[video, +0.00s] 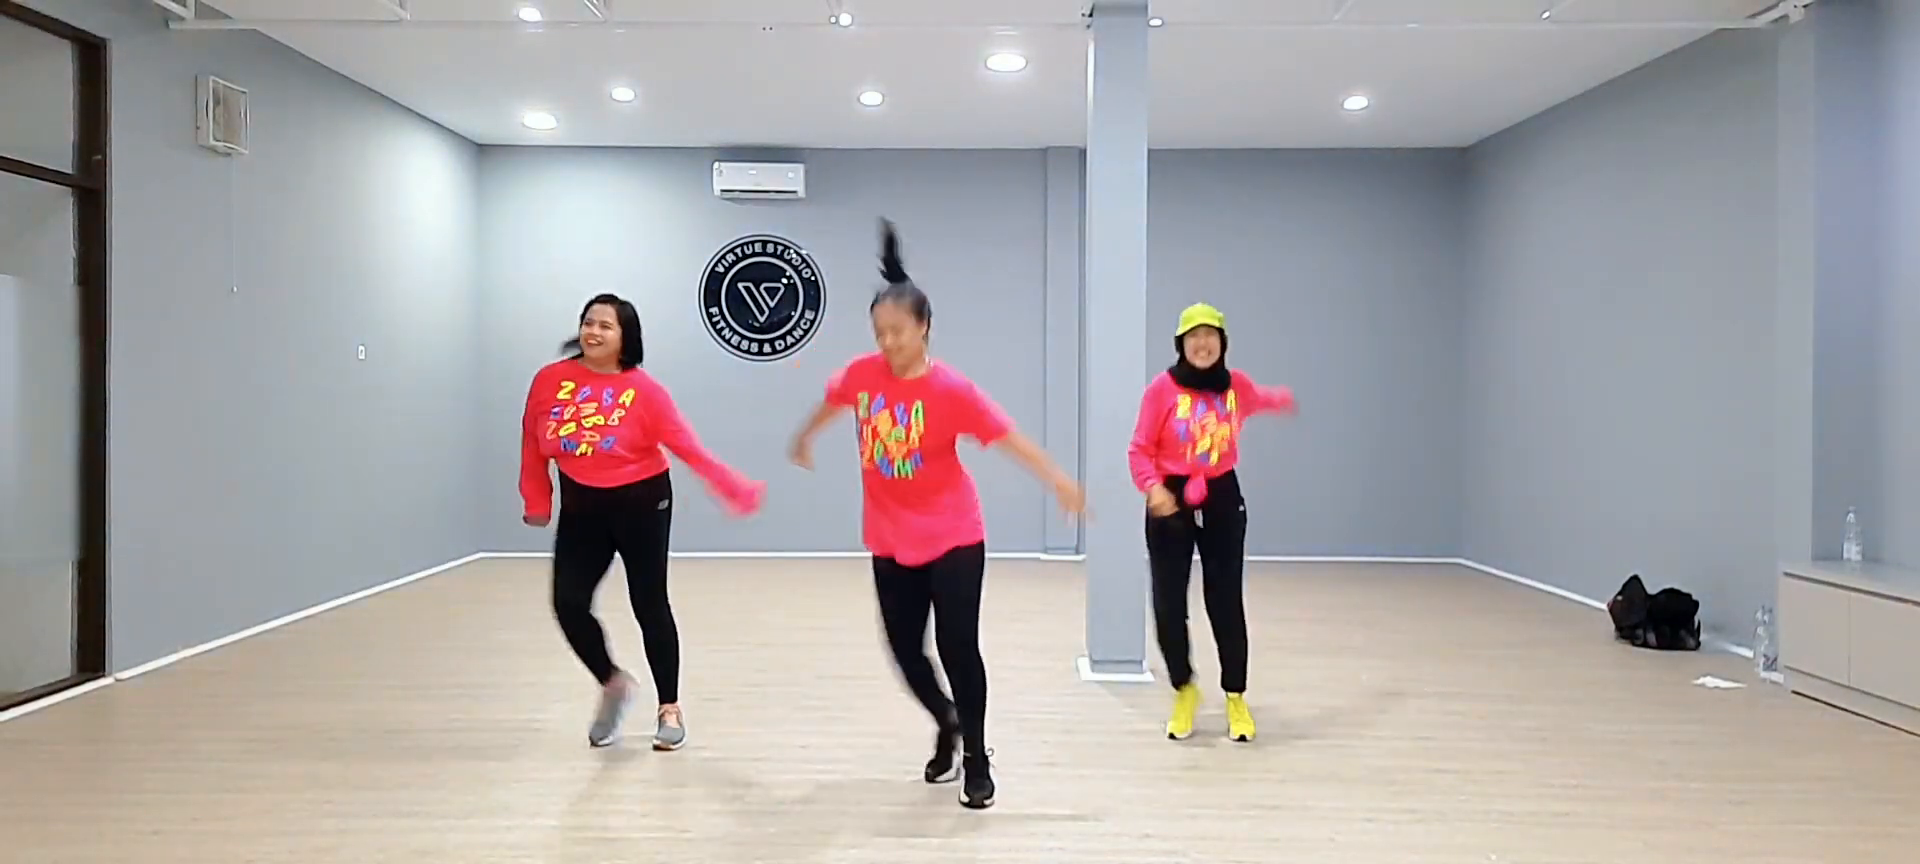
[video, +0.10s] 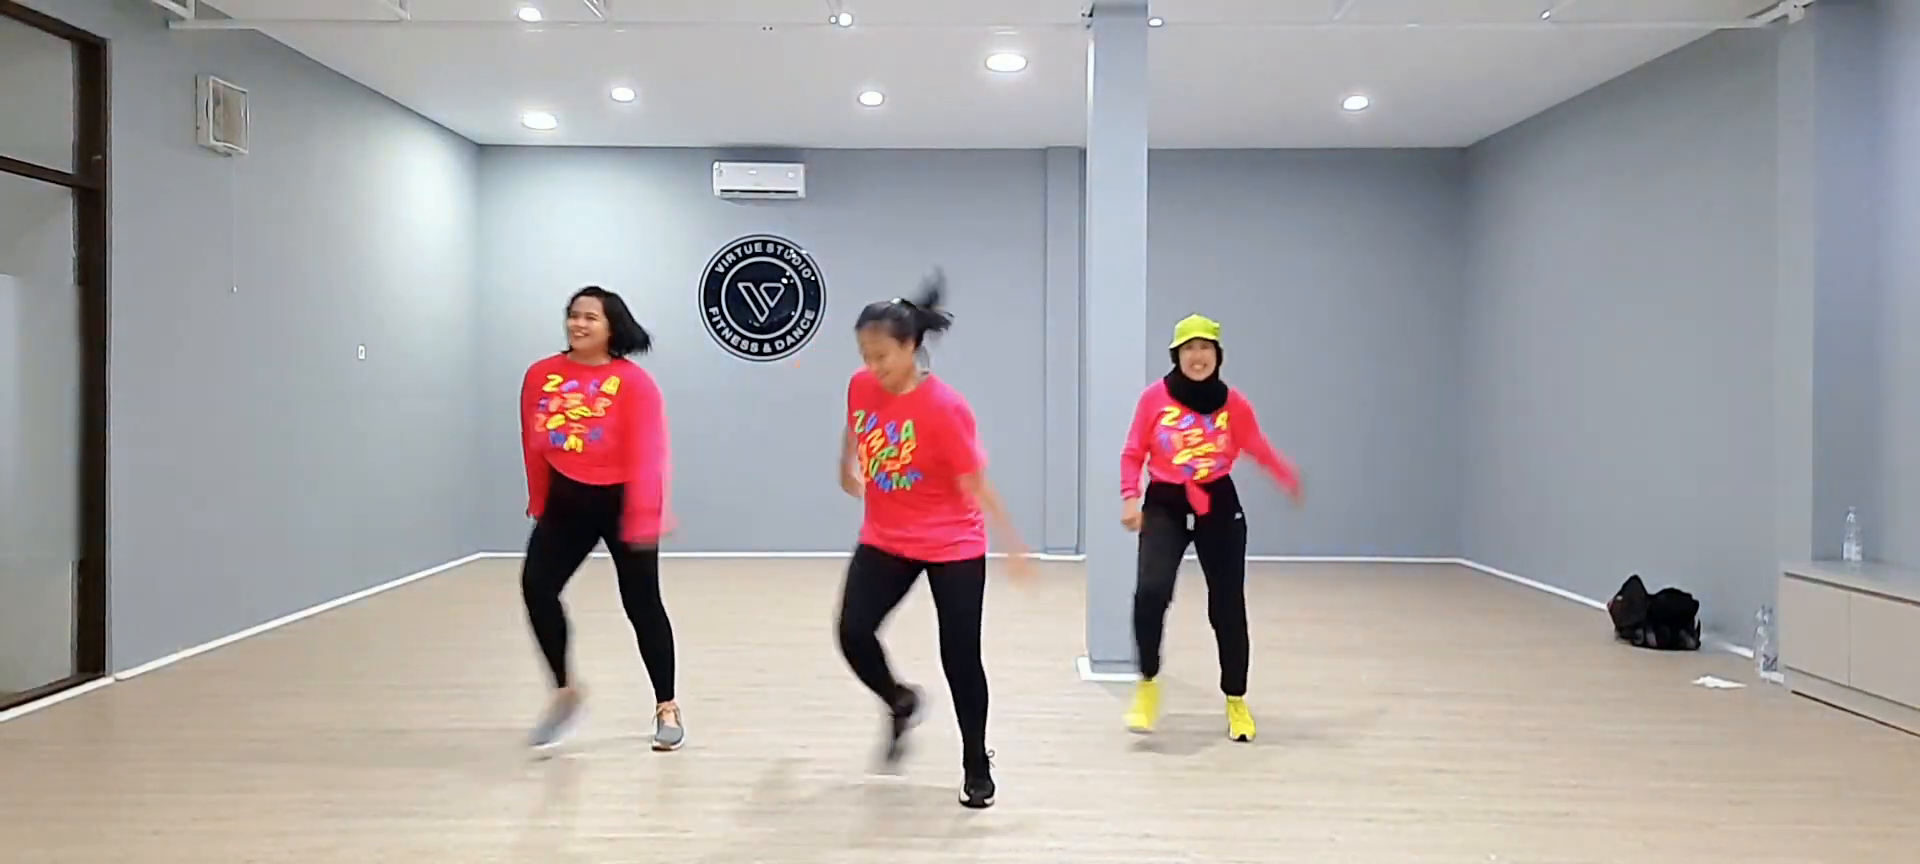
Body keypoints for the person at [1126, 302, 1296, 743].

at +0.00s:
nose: (1202, 345)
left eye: (1210, 337)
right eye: (1194, 337)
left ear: (1222, 343)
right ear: (1181, 343)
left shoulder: (1237, 388)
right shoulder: (1161, 391)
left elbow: (1265, 399)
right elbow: (1139, 449)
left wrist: (1286, 398)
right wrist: (1153, 487)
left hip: (1221, 501)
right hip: (1170, 503)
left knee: (1225, 600)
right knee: (1167, 603)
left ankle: (1236, 697)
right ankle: (1184, 690)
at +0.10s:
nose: (1198, 356)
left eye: (1206, 349)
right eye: (1190, 349)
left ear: (1218, 355)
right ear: (1176, 355)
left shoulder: (1234, 404)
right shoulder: (1154, 399)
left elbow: (1258, 448)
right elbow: (1134, 451)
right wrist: (1131, 498)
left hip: (1217, 502)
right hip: (1165, 502)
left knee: (1228, 604)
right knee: (1151, 592)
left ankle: (1236, 699)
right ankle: (1147, 684)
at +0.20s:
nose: (1187, 364)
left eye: (1195, 356)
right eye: (1179, 356)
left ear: (1208, 362)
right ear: (1165, 362)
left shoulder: (1220, 415)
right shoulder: (1146, 405)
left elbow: (1236, 483)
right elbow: (1124, 455)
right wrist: (1107, 503)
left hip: (1209, 513)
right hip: (1157, 512)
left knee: (1218, 616)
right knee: (1133, 595)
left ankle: (1235, 704)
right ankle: (1105, 697)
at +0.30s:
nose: (1171, 368)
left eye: (1180, 360)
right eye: (1163, 360)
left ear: (1193, 368)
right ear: (1150, 366)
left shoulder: (1203, 421)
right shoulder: (1135, 410)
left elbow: (1194, 483)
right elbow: (1111, 461)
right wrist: (1078, 502)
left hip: (1192, 522)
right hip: (1139, 521)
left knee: (1209, 626)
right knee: (1114, 618)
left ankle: (1234, 704)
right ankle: (1079, 723)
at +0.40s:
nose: (1152, 353)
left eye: (1160, 345)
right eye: (1144, 345)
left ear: (1173, 353)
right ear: (1130, 351)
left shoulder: (1183, 398)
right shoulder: (1117, 399)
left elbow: (1173, 444)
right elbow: (1087, 447)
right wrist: (1047, 480)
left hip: (1168, 508)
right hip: (1116, 508)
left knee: (1193, 612)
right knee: (1092, 613)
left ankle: (1222, 693)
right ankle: (1076, 726)